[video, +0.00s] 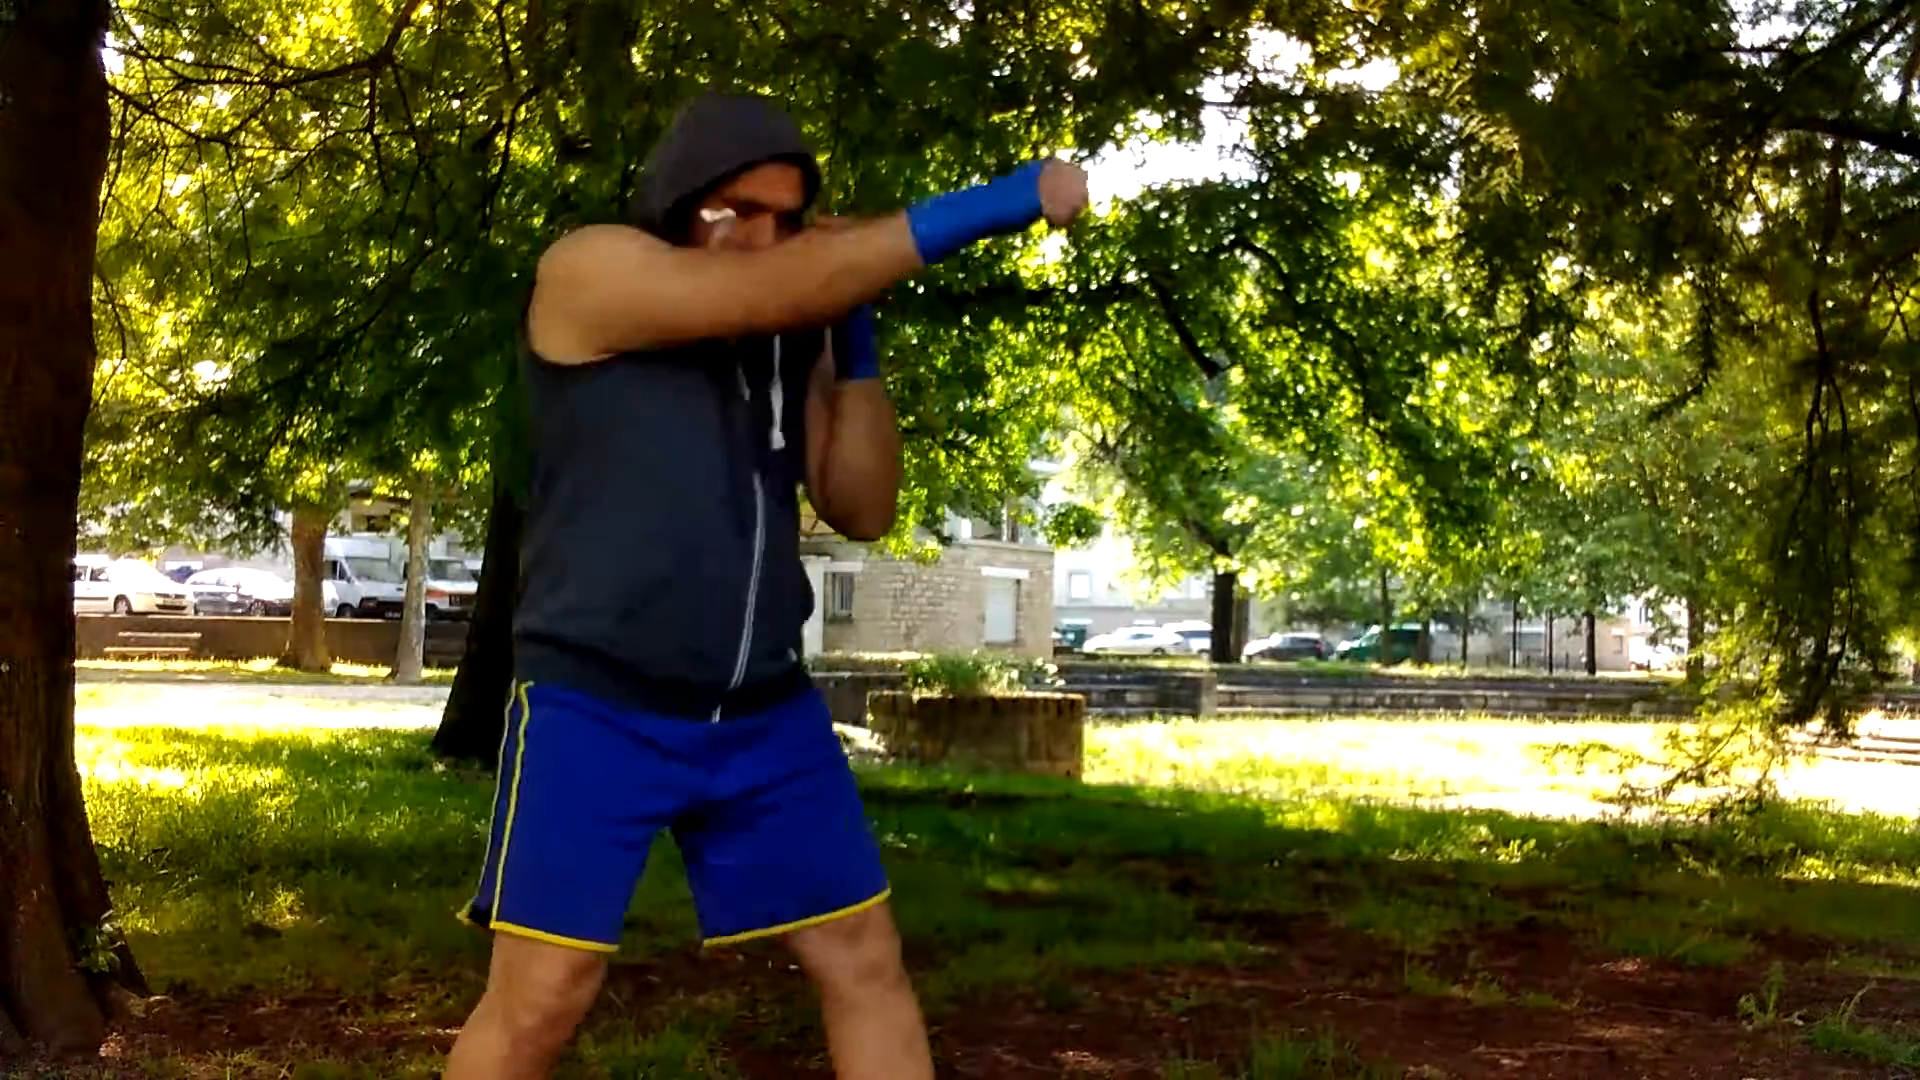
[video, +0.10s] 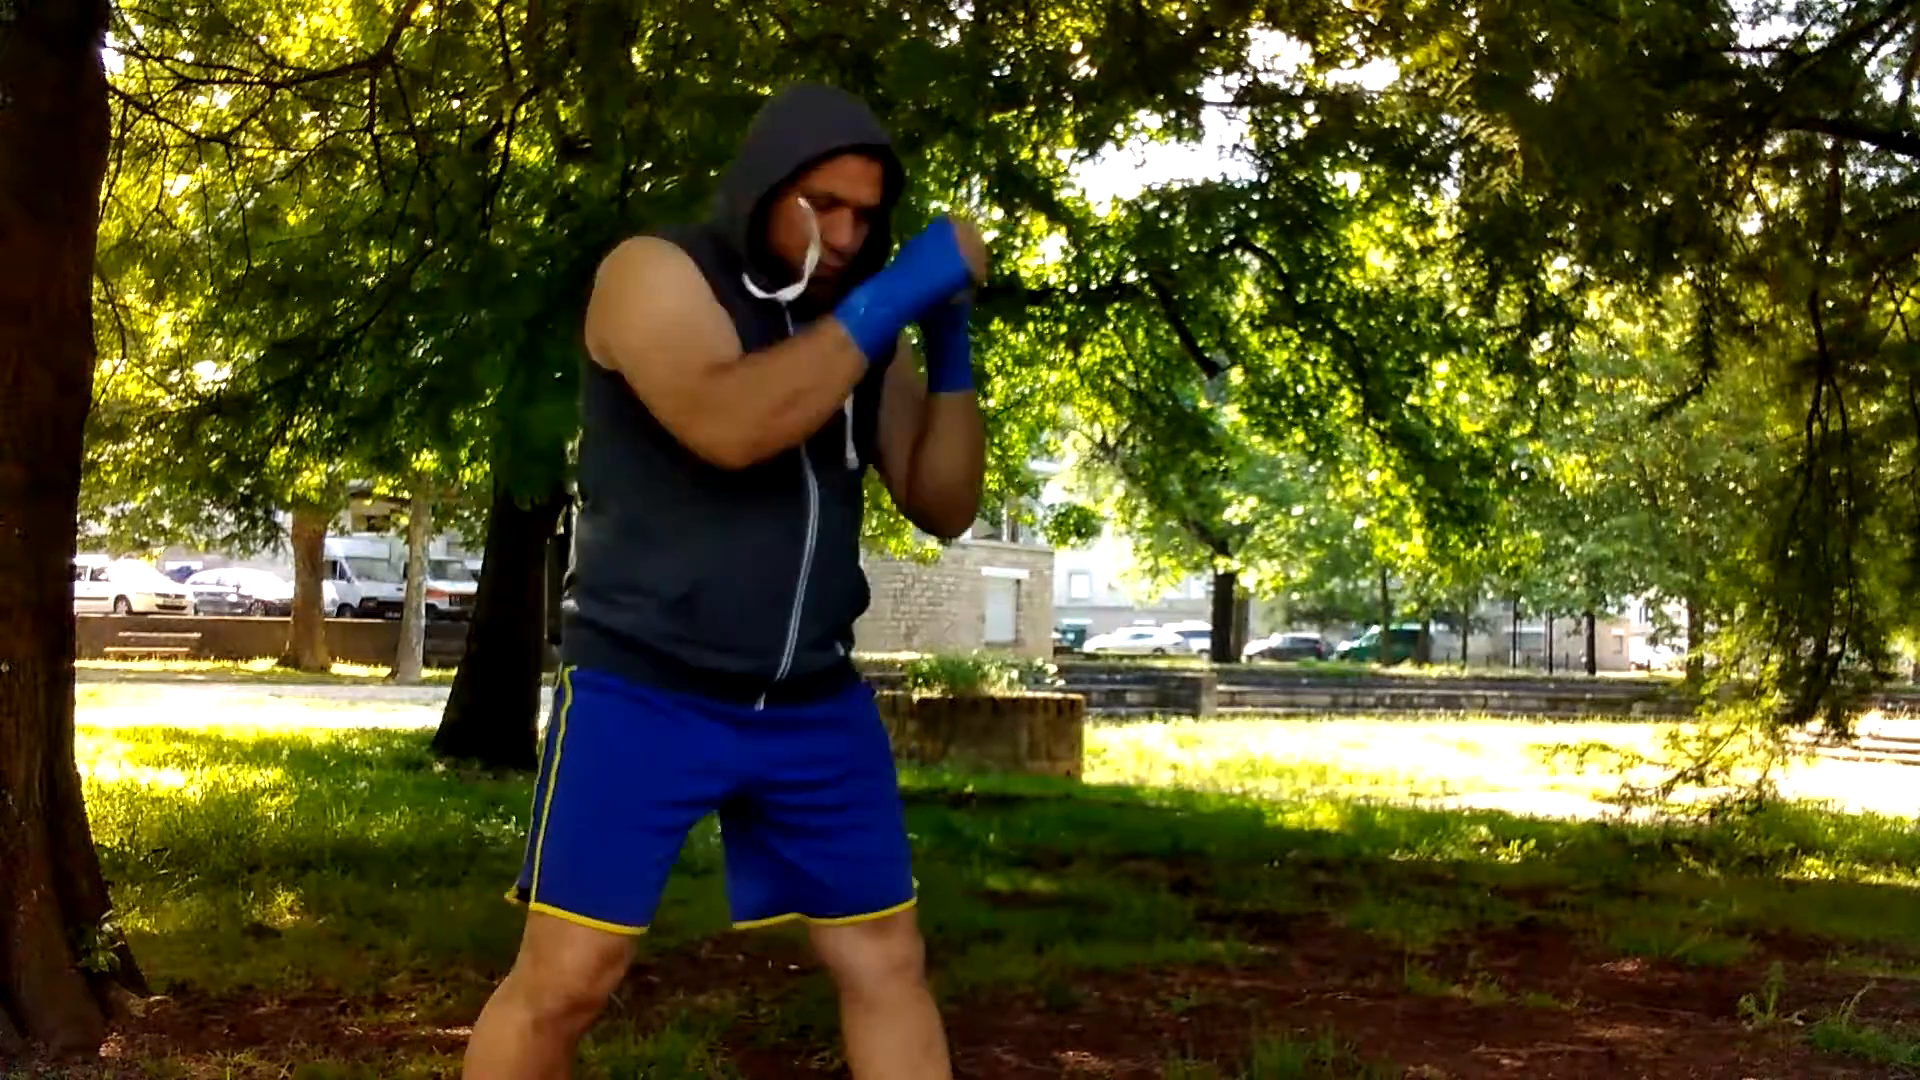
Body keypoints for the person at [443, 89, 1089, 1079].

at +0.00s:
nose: (774, 241)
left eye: (791, 221)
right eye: (750, 213)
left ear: (805, 223)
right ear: (686, 209)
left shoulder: (794, 328)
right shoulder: (586, 271)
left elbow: (862, 511)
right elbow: (785, 287)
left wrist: (856, 318)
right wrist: (998, 200)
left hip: (766, 708)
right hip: (594, 705)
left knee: (864, 957)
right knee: (540, 996)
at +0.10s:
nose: (844, 235)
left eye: (863, 216)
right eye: (824, 205)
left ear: (876, 217)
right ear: (762, 188)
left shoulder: (855, 325)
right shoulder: (646, 273)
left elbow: (942, 506)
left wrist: (953, 336)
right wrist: (893, 297)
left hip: (816, 701)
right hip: (642, 698)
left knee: (887, 962)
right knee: (563, 985)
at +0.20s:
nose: (906, 242)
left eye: (926, 224)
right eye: (888, 210)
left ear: (939, 228)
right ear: (830, 188)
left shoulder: (920, 326)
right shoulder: (697, 286)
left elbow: (1025, 473)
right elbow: (741, 465)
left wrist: (1029, 297)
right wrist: (879, 346)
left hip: (855, 701)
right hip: (686, 698)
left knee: (941, 950)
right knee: (628, 984)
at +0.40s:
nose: (985, 267)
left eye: (1002, 248)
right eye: (970, 237)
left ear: (1012, 247)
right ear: (904, 211)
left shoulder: (980, 338)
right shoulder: (780, 276)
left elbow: (1082, 507)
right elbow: (906, 393)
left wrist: (1085, 318)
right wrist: (1094, 284)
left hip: (941, 709)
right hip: (769, 714)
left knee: (1067, 937)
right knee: (686, 987)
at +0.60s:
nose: (1175, 299)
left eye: (1188, 278)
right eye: (1156, 273)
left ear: (1179, 277)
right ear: (1089, 246)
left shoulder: (1111, 406)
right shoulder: (968, 295)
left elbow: (1191, 561)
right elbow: (1184, 321)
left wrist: (1226, 379)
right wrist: (1396, 245)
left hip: (1055, 738)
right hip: (883, 731)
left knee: (1182, 966)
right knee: (785, 1016)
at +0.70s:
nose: (1225, 316)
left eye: (1243, 297)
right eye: (1205, 287)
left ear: (1252, 296)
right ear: (1142, 258)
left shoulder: (1157, 430)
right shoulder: (1023, 292)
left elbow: (1212, 590)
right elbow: (1201, 355)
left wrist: (1266, 402)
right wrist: (1406, 273)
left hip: (1070, 734)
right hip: (908, 716)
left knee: (1194, 962)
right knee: (808, 1010)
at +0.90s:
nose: (1212, 273)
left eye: (1230, 254)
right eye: (1196, 239)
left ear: (1239, 265)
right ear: (1133, 219)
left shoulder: (1185, 383)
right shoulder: (985, 296)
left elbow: (1242, 572)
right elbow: (927, 483)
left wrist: (1298, 426)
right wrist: (1120, 434)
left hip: (1081, 721)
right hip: (916, 704)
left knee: (1197, 960)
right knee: (792, 979)